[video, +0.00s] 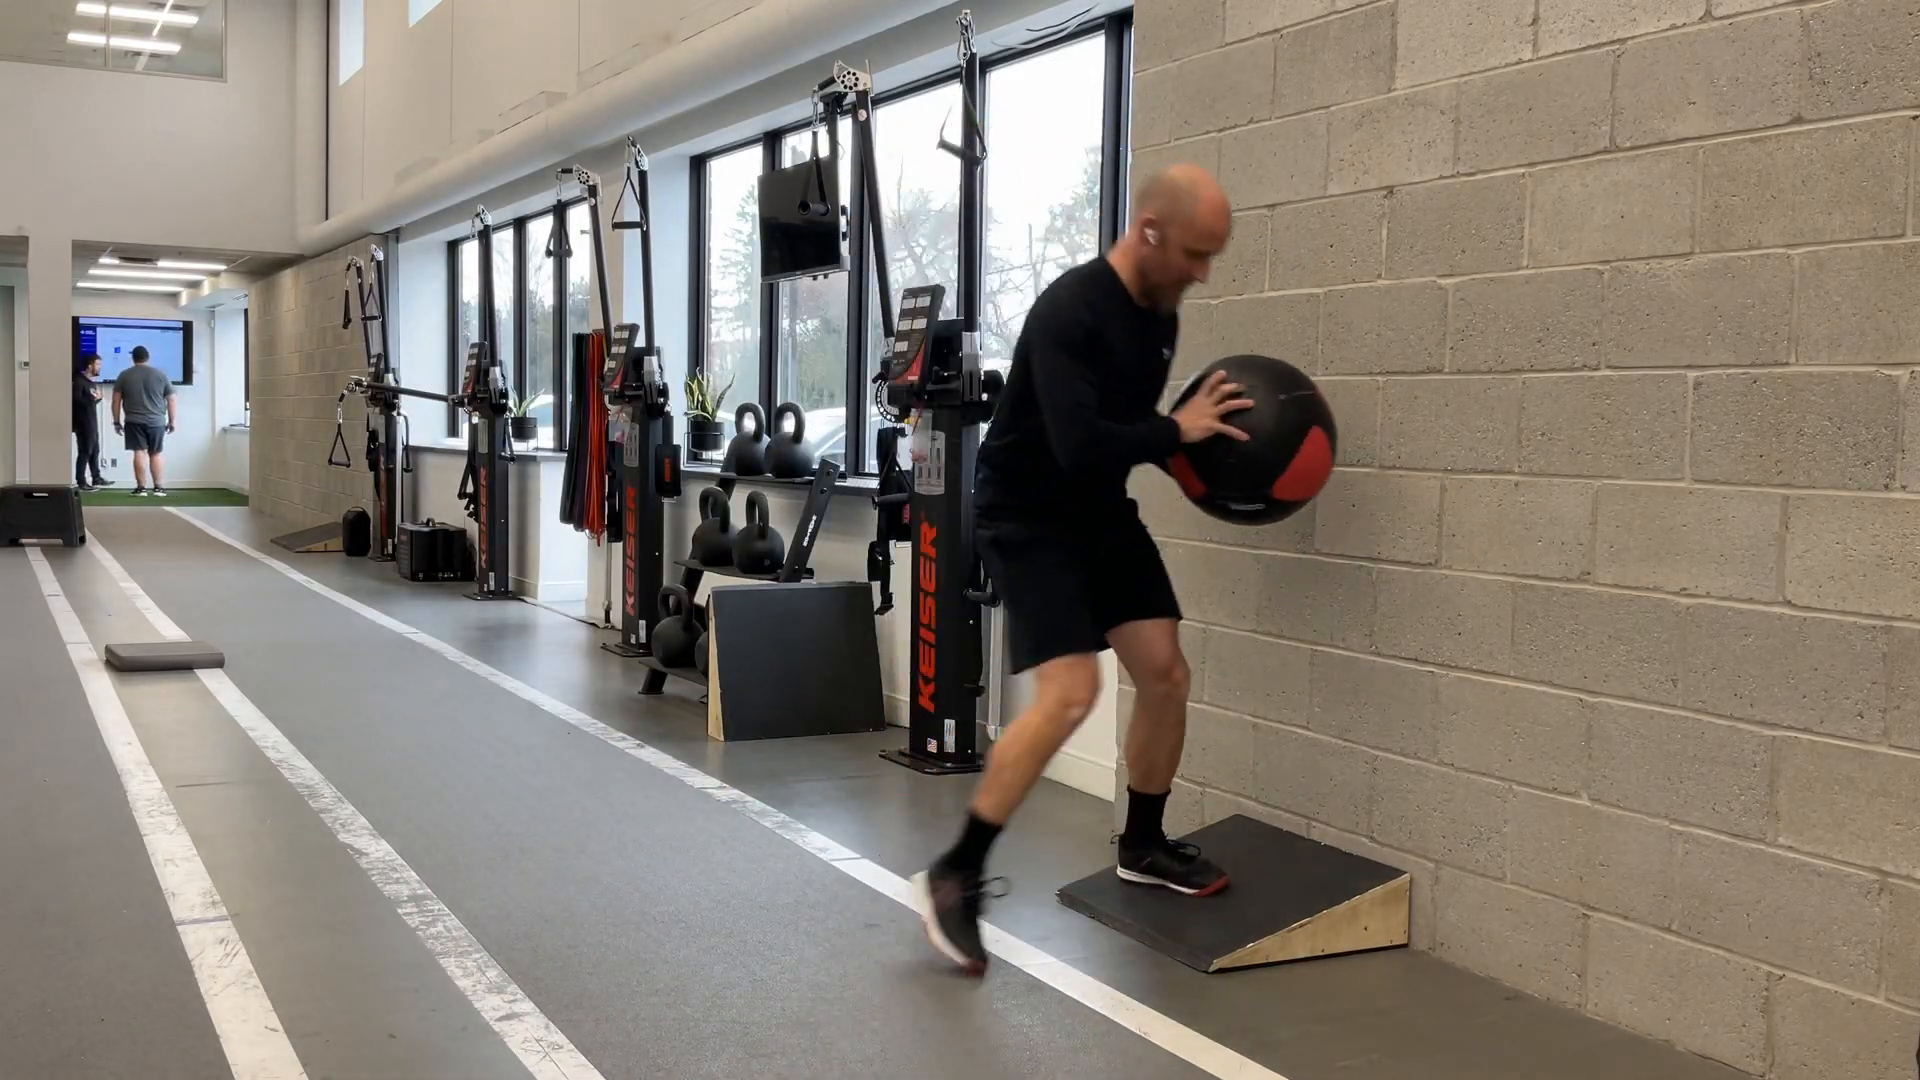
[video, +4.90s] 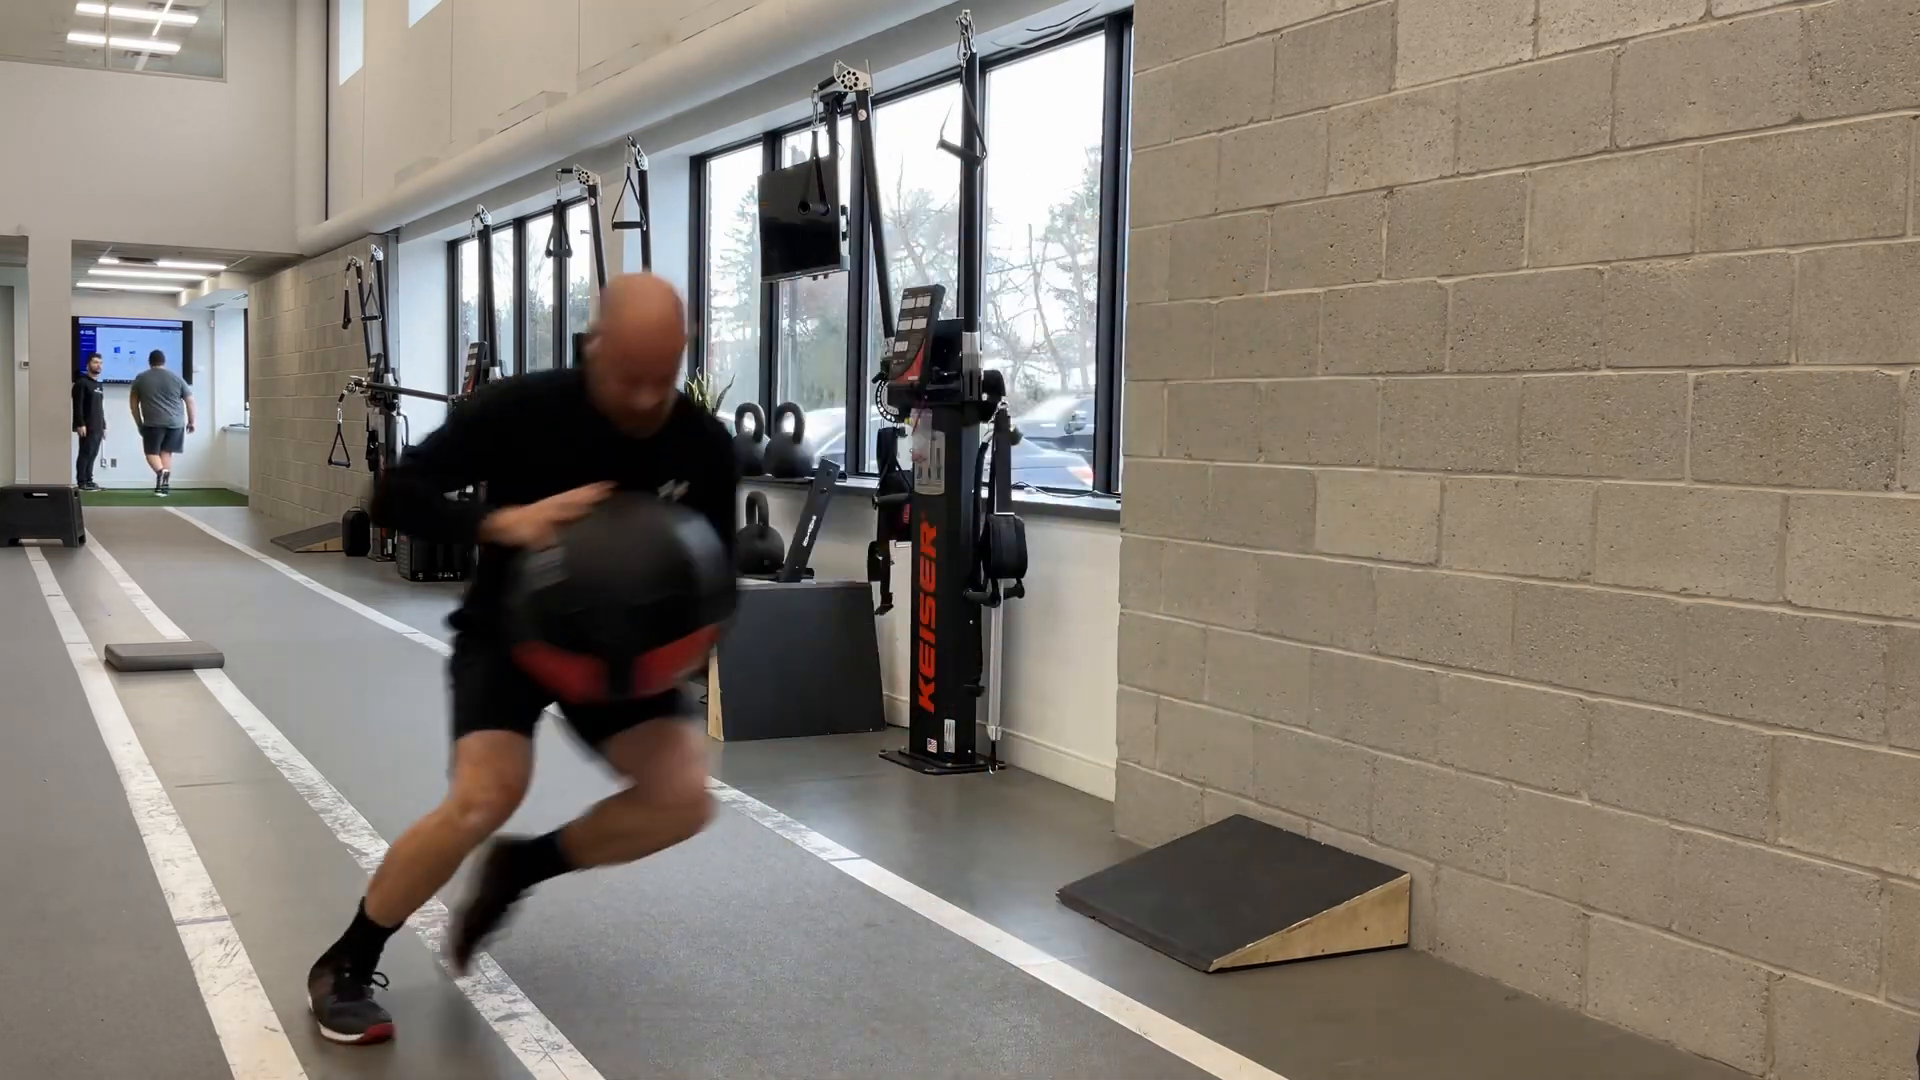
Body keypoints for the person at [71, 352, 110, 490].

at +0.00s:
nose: (99, 368)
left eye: (99, 365)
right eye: (97, 365)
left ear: (91, 366)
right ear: (90, 366)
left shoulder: (90, 381)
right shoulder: (79, 381)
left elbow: (89, 403)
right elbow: (81, 402)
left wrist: (97, 397)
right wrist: (95, 398)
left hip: (92, 423)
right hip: (83, 423)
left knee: (94, 451)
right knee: (84, 452)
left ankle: (96, 477)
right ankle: (81, 481)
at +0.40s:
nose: (96, 366)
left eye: (96, 363)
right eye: (95, 364)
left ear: (86, 365)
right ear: (91, 365)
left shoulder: (88, 383)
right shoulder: (80, 384)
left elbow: (96, 389)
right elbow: (81, 404)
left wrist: (111, 385)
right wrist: (96, 405)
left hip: (91, 423)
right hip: (84, 423)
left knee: (93, 451)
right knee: (86, 452)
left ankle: (94, 477)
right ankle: (82, 481)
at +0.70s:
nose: (96, 365)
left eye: (95, 362)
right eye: (94, 362)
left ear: (91, 365)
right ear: (89, 365)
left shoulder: (94, 378)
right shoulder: (80, 383)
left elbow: (107, 373)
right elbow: (78, 406)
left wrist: (121, 366)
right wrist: (94, 418)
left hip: (94, 421)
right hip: (84, 422)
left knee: (93, 452)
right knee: (85, 452)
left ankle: (91, 479)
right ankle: (82, 481)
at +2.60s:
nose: (94, 366)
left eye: (96, 363)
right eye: (91, 363)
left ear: (97, 365)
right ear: (85, 366)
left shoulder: (97, 382)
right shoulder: (81, 385)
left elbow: (104, 389)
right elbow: (80, 409)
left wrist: (111, 386)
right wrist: (86, 428)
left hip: (99, 424)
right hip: (89, 425)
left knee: (93, 454)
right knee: (87, 454)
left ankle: (89, 479)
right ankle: (83, 481)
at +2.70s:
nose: (95, 366)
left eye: (96, 363)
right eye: (92, 363)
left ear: (98, 365)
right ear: (85, 366)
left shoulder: (97, 383)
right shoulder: (81, 385)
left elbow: (95, 399)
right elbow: (79, 409)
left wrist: (105, 396)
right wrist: (84, 427)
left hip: (98, 424)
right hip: (88, 426)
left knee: (93, 454)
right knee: (86, 454)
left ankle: (89, 479)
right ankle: (82, 480)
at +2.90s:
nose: (97, 366)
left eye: (98, 363)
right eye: (93, 363)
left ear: (99, 365)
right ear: (87, 366)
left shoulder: (98, 384)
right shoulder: (81, 384)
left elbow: (98, 405)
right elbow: (78, 408)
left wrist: (107, 416)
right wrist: (81, 427)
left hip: (97, 424)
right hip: (87, 425)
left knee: (93, 454)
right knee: (85, 453)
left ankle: (89, 479)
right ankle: (82, 480)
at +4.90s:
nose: (98, 365)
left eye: (100, 363)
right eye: (95, 362)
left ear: (101, 365)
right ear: (88, 365)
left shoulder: (98, 385)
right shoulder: (81, 383)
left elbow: (99, 407)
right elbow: (78, 406)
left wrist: (103, 425)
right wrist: (80, 424)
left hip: (97, 425)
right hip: (87, 426)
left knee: (92, 455)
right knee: (85, 454)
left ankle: (89, 479)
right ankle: (82, 481)